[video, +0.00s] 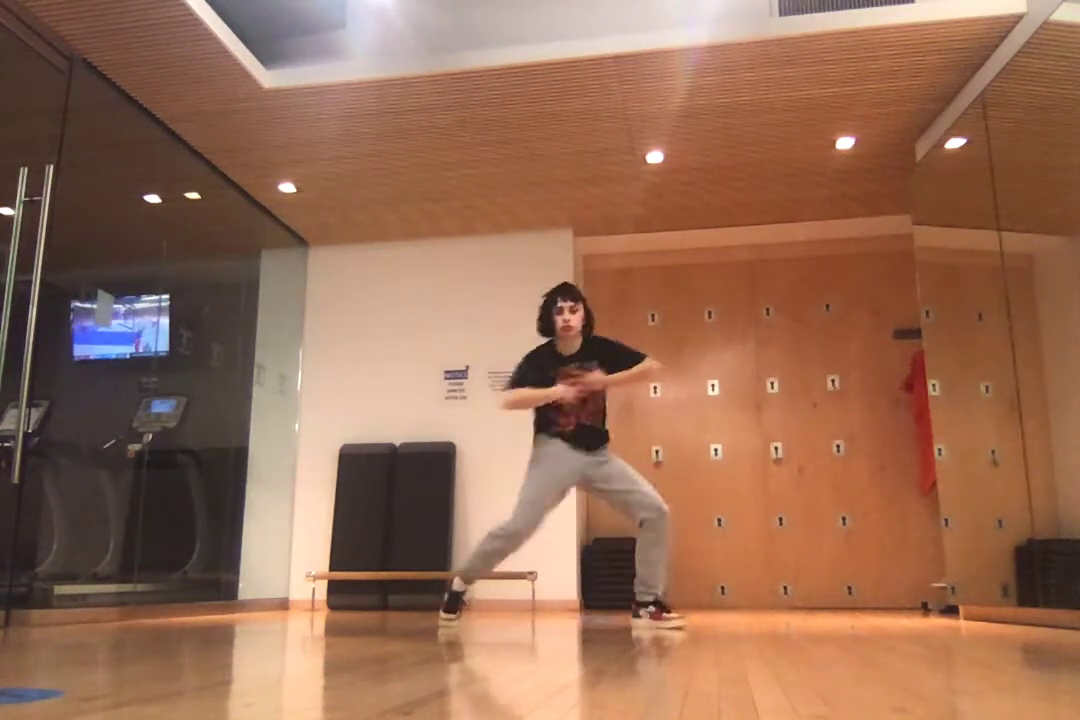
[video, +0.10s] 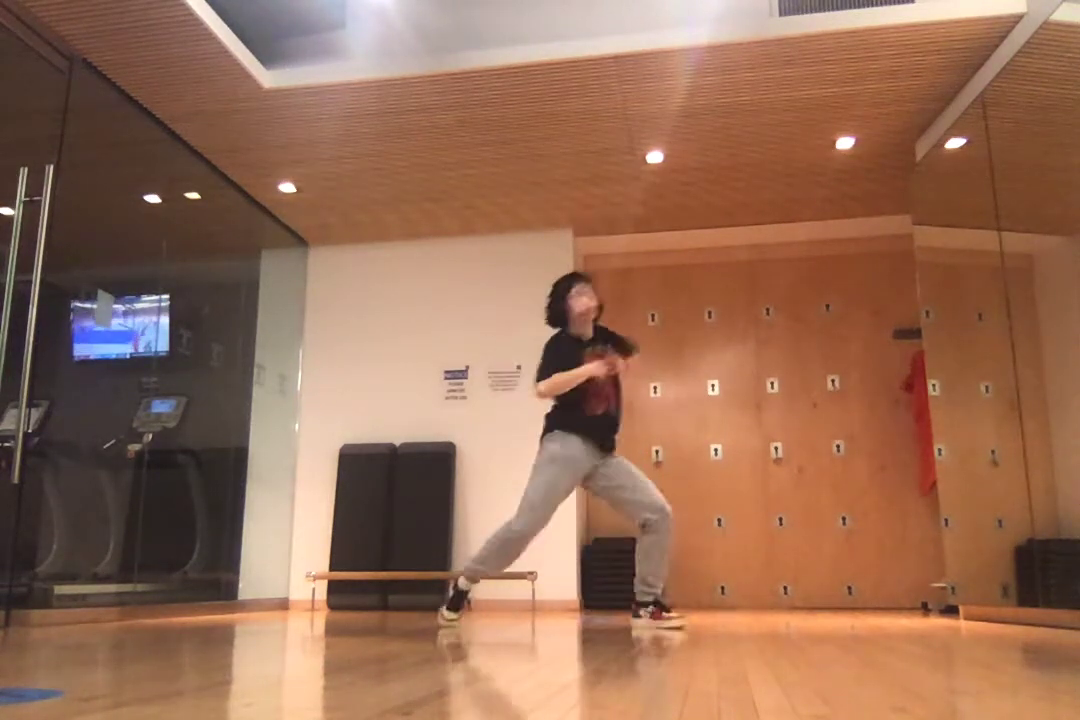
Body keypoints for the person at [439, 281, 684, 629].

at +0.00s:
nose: (567, 317)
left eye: (574, 310)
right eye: (559, 311)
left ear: (585, 315)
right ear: (549, 318)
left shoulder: (600, 349)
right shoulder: (540, 358)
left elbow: (652, 366)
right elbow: (510, 399)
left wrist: (605, 381)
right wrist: (556, 393)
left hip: (597, 456)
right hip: (554, 454)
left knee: (654, 512)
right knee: (521, 525)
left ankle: (647, 602)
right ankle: (459, 586)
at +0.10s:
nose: (585, 300)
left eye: (588, 293)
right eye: (576, 295)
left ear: (597, 301)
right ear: (563, 306)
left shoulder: (607, 340)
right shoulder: (560, 343)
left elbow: (632, 353)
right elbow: (544, 388)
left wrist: (620, 362)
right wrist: (588, 370)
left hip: (602, 452)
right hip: (566, 444)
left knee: (656, 514)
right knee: (526, 525)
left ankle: (647, 603)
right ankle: (463, 584)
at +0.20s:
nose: (610, 294)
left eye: (608, 288)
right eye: (603, 288)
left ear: (594, 296)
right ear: (584, 294)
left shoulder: (601, 337)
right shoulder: (576, 332)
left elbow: (585, 383)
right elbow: (553, 385)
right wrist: (601, 364)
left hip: (611, 447)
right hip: (573, 441)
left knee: (659, 514)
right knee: (526, 516)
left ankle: (650, 604)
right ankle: (468, 582)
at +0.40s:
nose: (609, 306)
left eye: (608, 299)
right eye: (604, 299)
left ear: (584, 300)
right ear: (587, 301)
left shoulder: (593, 337)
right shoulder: (562, 331)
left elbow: (589, 383)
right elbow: (541, 372)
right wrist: (589, 351)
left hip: (598, 450)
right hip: (562, 444)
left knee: (635, 513)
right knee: (539, 531)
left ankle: (648, 603)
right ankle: (474, 587)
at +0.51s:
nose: (600, 326)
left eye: (605, 320)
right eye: (600, 317)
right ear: (584, 307)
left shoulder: (580, 343)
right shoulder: (552, 328)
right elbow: (521, 343)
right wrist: (559, 312)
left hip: (553, 445)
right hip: (518, 438)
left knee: (593, 504)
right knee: (520, 529)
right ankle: (468, 590)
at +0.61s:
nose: (602, 348)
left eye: (606, 343)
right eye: (603, 340)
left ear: (591, 325)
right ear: (590, 327)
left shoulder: (572, 347)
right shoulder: (549, 328)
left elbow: (582, 317)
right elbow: (516, 306)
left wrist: (572, 295)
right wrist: (553, 286)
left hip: (531, 449)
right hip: (494, 442)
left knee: (551, 517)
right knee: (504, 526)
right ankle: (454, 584)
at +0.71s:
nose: (577, 341)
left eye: (581, 336)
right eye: (573, 333)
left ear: (581, 333)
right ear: (559, 322)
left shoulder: (561, 348)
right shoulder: (532, 333)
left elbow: (583, 319)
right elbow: (541, 286)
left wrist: (593, 288)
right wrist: (575, 266)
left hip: (519, 454)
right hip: (482, 446)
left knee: (548, 520)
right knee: (465, 530)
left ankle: (522, 603)